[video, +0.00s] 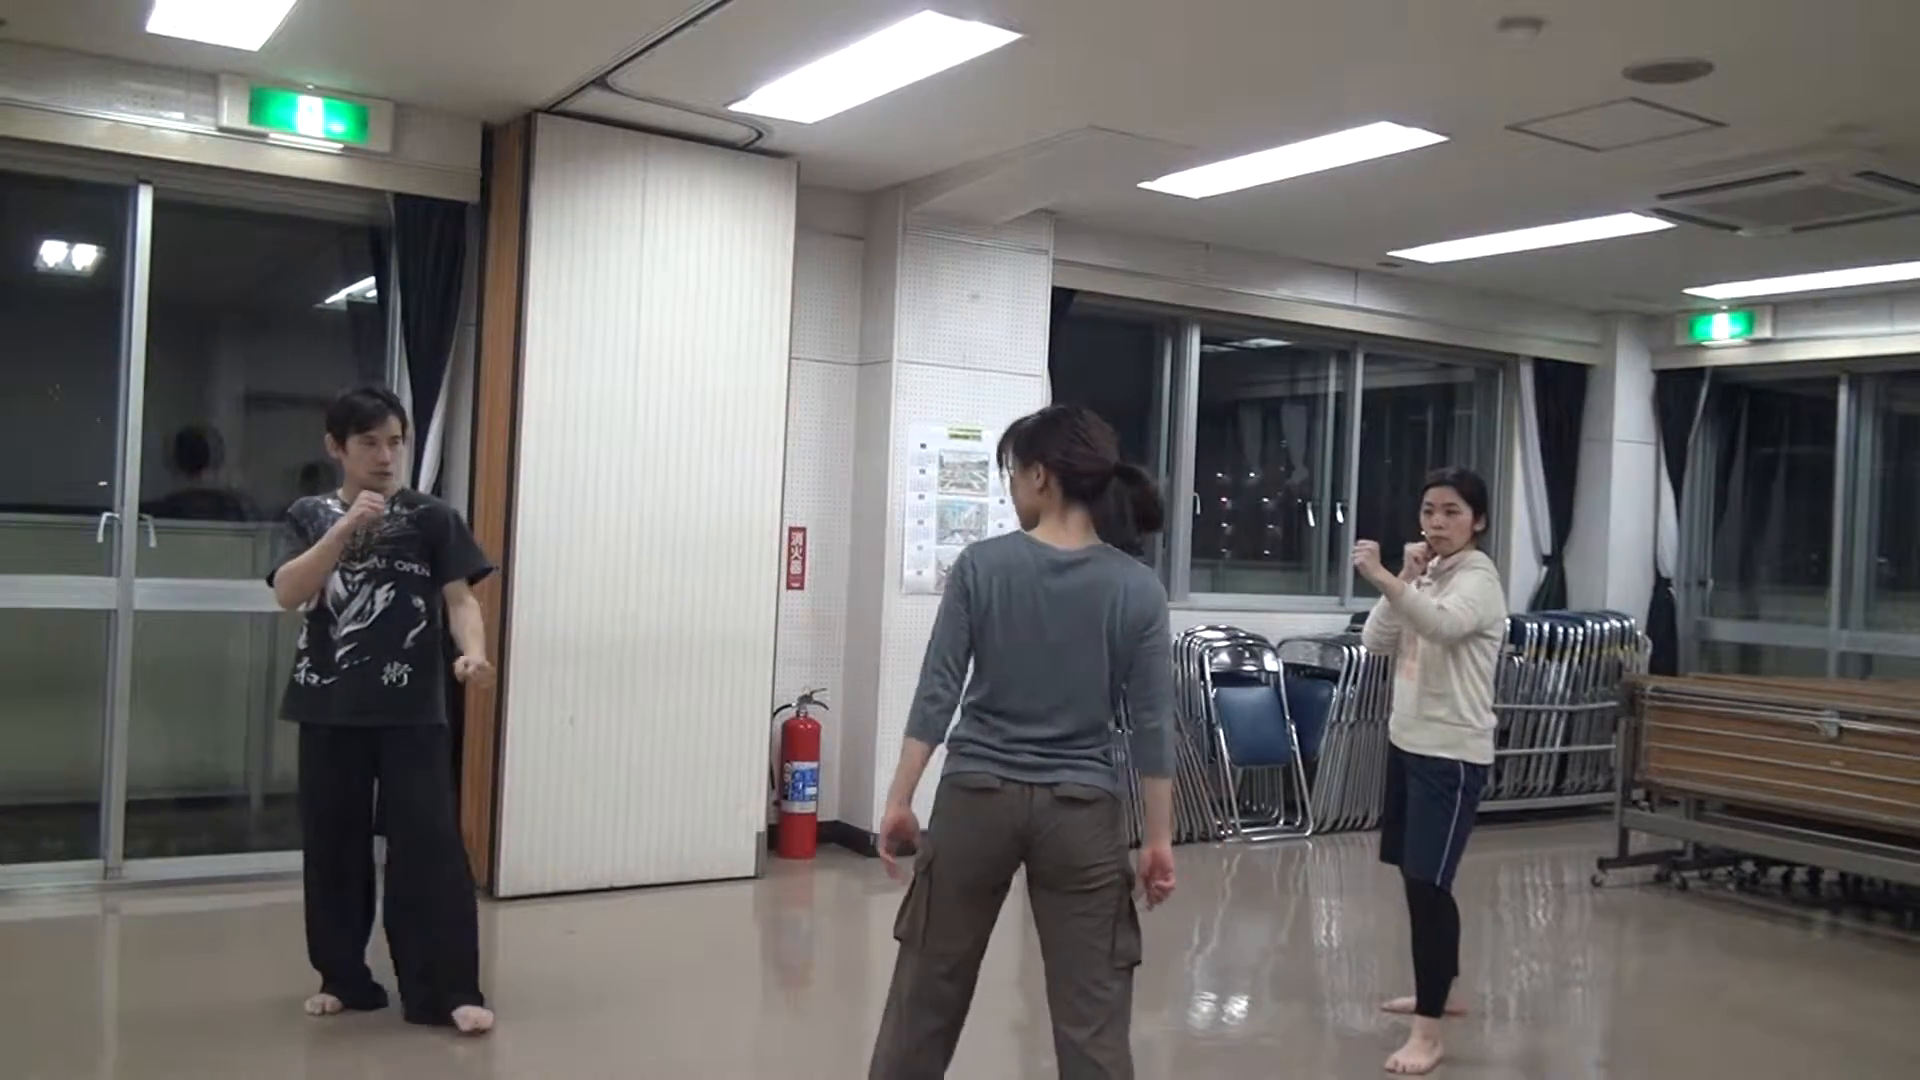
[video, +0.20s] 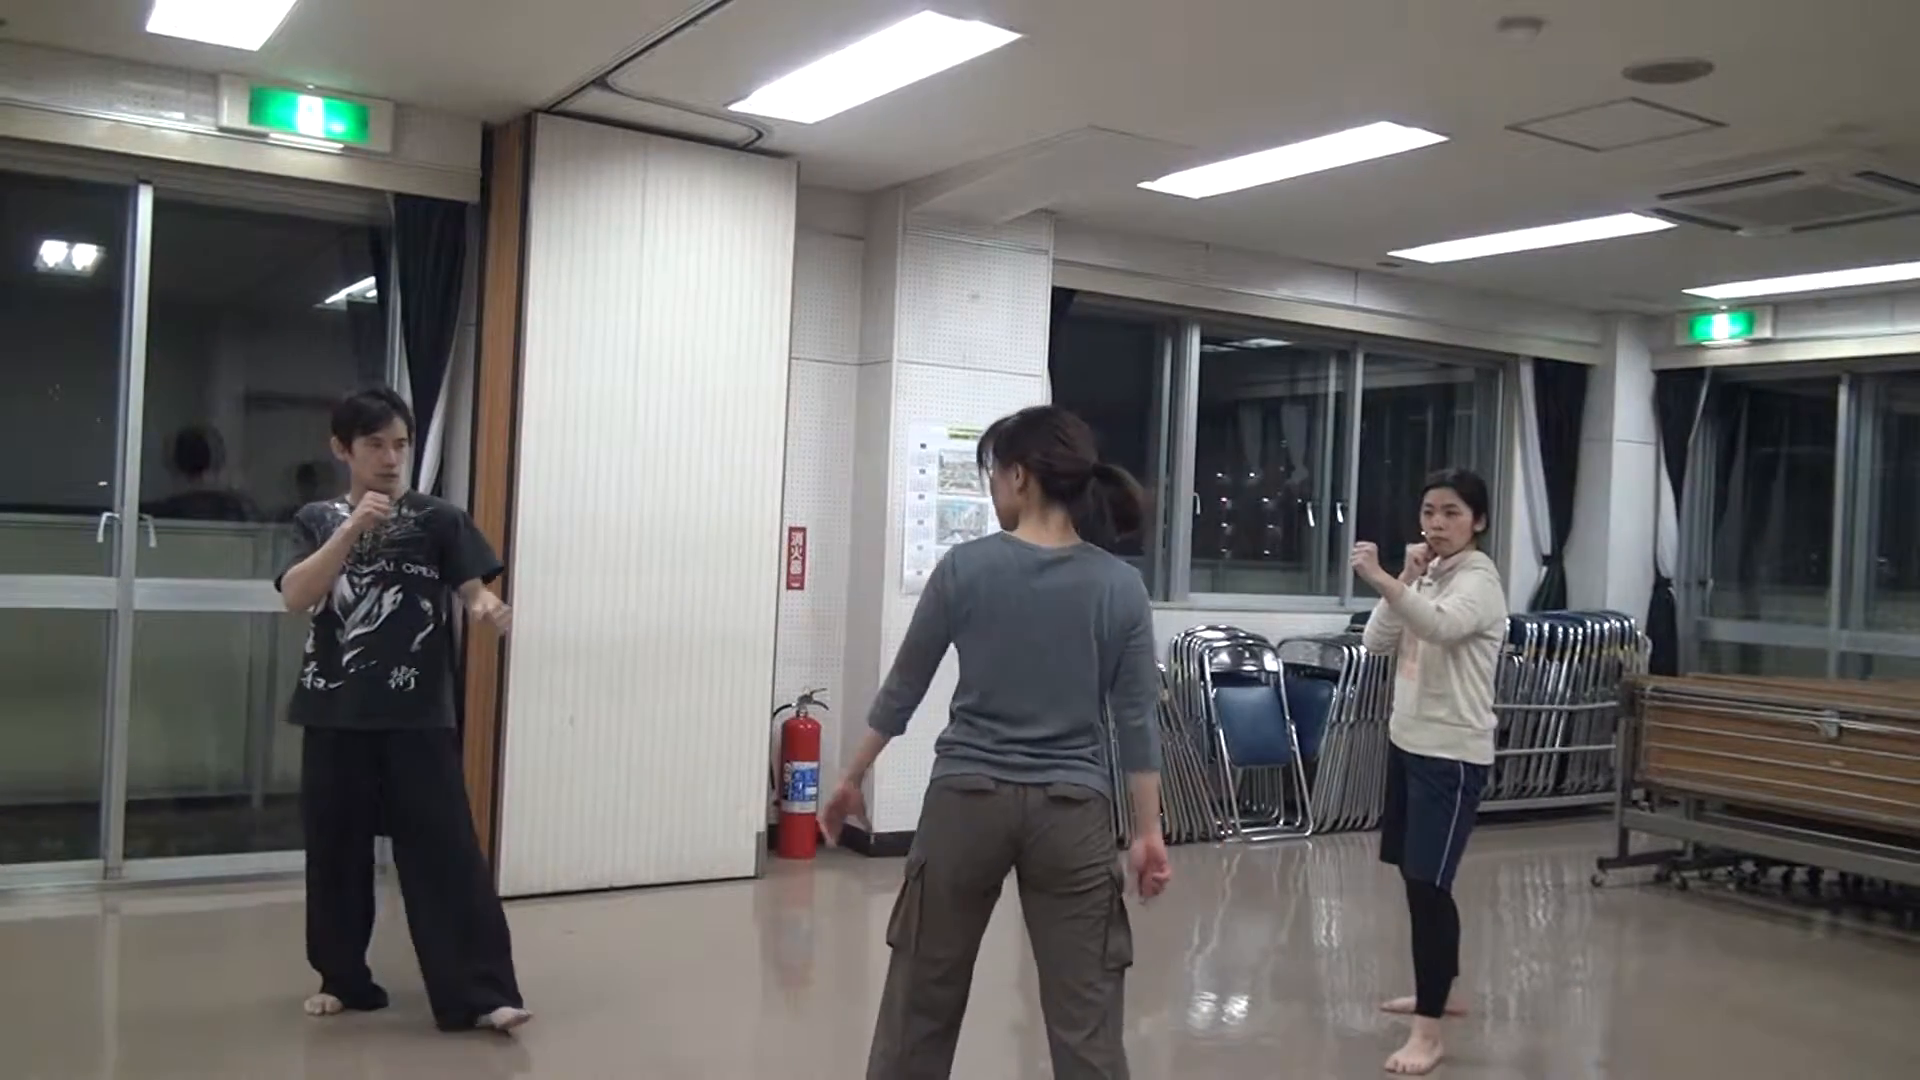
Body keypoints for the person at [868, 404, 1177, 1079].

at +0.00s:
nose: (1010, 490)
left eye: (1014, 475)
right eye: (1010, 476)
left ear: (1043, 477)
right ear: (1095, 481)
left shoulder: (981, 565)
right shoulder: (1138, 587)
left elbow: (938, 687)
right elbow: (1152, 721)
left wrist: (898, 800)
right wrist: (1159, 837)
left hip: (978, 803)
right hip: (1085, 813)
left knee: (928, 990)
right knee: (1093, 1013)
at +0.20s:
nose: (991, 490)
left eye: (994, 475)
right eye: (991, 476)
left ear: (1022, 477)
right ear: (1075, 481)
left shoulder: (964, 567)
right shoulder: (1121, 584)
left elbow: (904, 687)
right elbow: (1137, 715)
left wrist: (853, 775)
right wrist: (1149, 828)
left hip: (966, 803)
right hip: (1076, 812)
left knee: (923, 996)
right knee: (1086, 1013)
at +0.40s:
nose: (977, 493)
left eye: (979, 478)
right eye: (976, 478)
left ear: (1008, 479)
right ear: (1064, 483)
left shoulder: (957, 567)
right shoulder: (1108, 581)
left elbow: (883, 671)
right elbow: (1131, 705)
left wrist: (826, 734)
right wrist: (1150, 795)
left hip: (969, 808)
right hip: (1075, 812)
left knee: (924, 996)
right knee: (1087, 1009)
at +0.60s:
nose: (974, 492)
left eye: (976, 476)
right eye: (973, 478)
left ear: (1002, 478)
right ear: (1056, 481)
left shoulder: (949, 563)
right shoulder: (1106, 578)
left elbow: (875, 642)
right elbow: (1099, 681)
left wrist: (824, 680)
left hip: (957, 806)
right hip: (1065, 808)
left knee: (919, 993)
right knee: (1086, 1008)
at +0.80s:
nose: (977, 497)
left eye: (979, 482)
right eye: (976, 483)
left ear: (1003, 483)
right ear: (1066, 485)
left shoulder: (952, 564)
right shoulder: (1108, 579)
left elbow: (885, 607)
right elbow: (1094, 659)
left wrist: (848, 618)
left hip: (955, 805)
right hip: (1062, 810)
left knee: (919, 992)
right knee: (1093, 1002)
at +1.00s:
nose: (984, 498)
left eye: (988, 484)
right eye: (983, 484)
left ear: (1017, 485)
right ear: (1072, 489)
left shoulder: (962, 568)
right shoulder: (1118, 583)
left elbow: (881, 615)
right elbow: (1116, 674)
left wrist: (864, 587)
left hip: (970, 811)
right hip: (1078, 813)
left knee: (925, 994)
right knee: (1100, 1012)